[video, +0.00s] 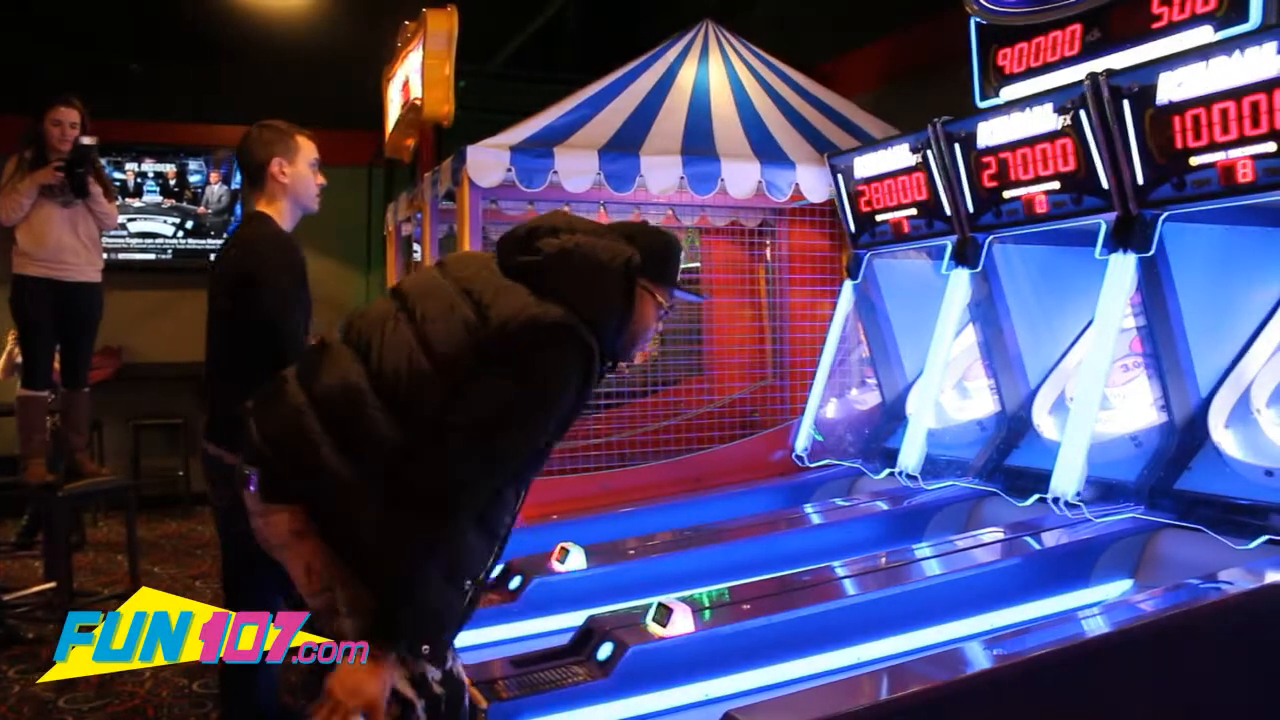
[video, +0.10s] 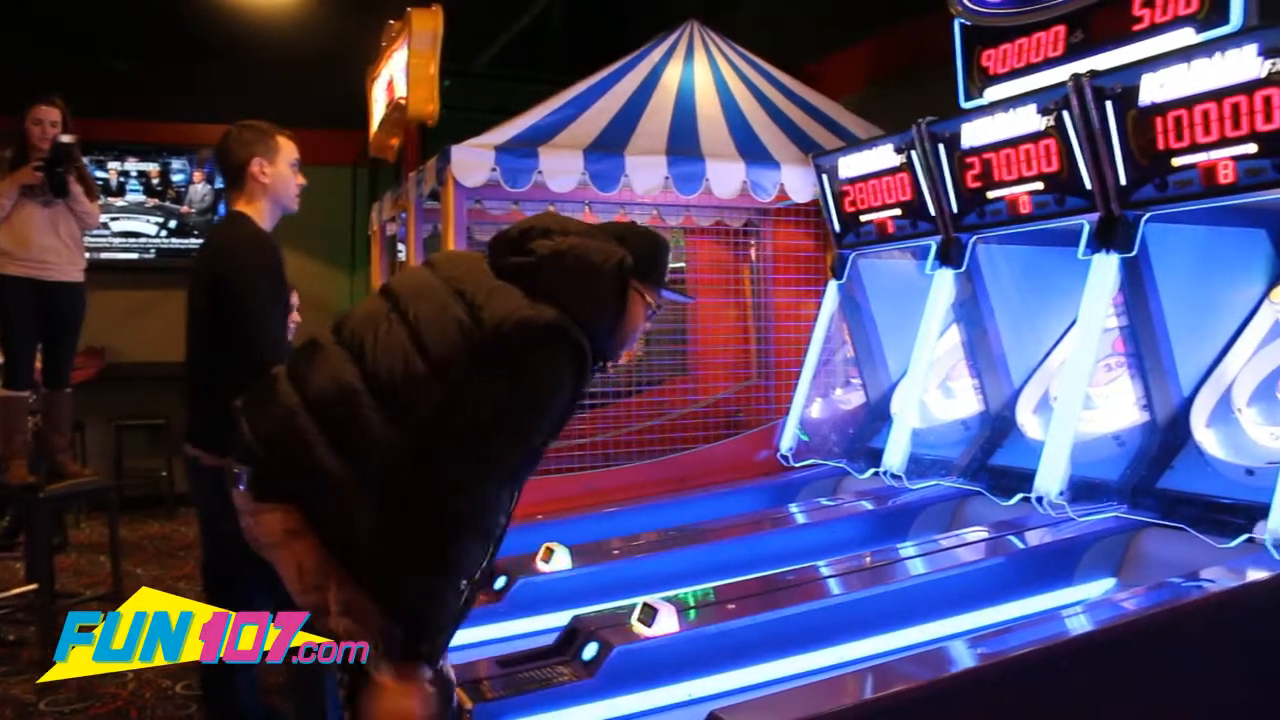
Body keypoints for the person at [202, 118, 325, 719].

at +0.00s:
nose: (322, 179)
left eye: (320, 166)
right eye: (314, 166)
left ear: (274, 174)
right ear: (279, 172)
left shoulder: (244, 243)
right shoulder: (272, 249)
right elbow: (284, 361)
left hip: (231, 446)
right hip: (254, 455)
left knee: (251, 587)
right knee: (265, 593)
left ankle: (248, 704)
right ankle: (256, 706)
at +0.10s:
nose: (301, 179)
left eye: (299, 167)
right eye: (293, 166)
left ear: (252, 173)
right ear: (259, 171)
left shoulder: (232, 240)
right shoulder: (249, 248)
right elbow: (260, 357)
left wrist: (277, 310)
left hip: (217, 447)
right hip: (233, 457)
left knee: (235, 586)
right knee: (250, 591)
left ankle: (230, 699)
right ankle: (237, 702)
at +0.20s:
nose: (291, 180)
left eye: (289, 168)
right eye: (283, 167)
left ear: (242, 174)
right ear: (248, 172)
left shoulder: (219, 240)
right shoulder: (238, 248)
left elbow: (227, 343)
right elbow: (250, 359)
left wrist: (277, 316)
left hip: (205, 446)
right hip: (224, 456)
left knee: (222, 583)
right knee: (245, 589)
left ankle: (221, 697)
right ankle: (229, 699)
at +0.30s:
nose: (279, 180)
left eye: (277, 168)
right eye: (271, 167)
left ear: (230, 173)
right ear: (237, 171)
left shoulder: (204, 241)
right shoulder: (226, 248)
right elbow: (241, 361)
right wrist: (282, 426)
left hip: (190, 446)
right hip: (214, 457)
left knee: (210, 584)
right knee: (237, 590)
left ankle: (209, 698)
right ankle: (218, 699)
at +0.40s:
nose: (266, 179)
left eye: (264, 167)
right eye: (258, 167)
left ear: (217, 173)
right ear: (223, 171)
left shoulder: (191, 241)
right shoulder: (212, 248)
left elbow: (204, 347)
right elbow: (229, 360)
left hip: (179, 448)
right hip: (202, 459)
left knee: (195, 584)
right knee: (228, 590)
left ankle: (196, 697)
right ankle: (204, 698)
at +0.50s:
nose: (254, 178)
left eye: (252, 167)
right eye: (245, 166)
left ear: (204, 172)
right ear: (210, 170)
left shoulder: (174, 241)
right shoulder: (201, 248)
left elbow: (185, 350)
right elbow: (215, 360)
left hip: (165, 447)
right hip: (193, 458)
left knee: (185, 585)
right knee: (221, 589)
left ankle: (185, 698)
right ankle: (191, 698)